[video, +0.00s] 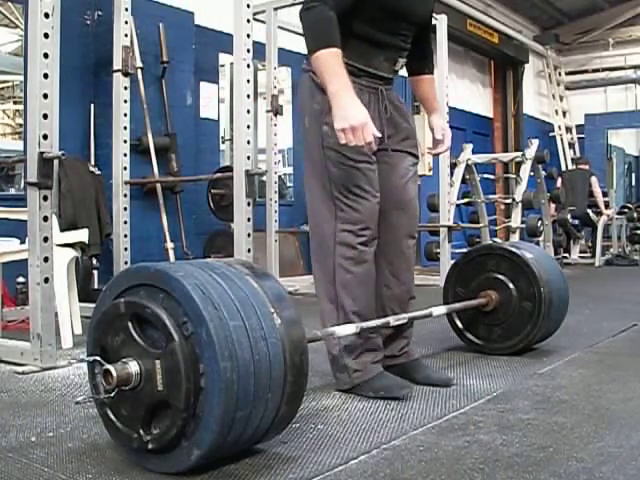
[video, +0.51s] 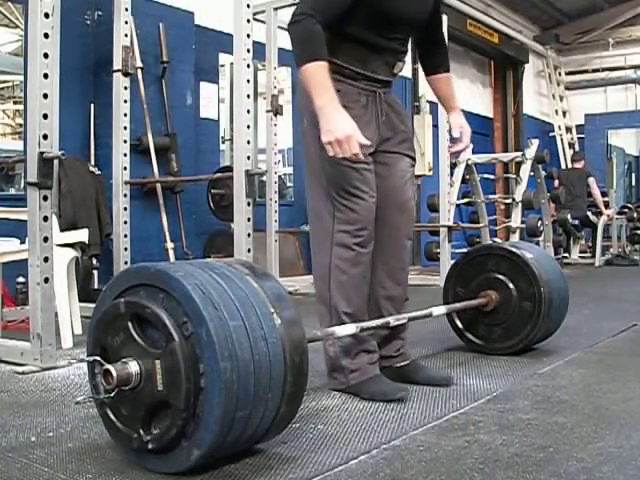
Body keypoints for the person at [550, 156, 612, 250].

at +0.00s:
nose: (588, 168)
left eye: (588, 166)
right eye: (588, 166)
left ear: (576, 165)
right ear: (587, 166)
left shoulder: (563, 174)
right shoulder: (590, 175)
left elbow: (558, 189)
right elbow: (597, 193)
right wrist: (603, 210)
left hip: (564, 210)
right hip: (580, 210)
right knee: (595, 226)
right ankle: (595, 251)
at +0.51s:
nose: (582, 163)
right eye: (582, 162)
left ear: (571, 162)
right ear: (583, 162)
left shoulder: (562, 173)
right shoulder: (586, 174)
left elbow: (555, 189)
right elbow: (595, 193)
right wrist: (603, 210)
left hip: (563, 213)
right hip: (580, 213)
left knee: (568, 233)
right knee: (596, 226)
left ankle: (567, 254)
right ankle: (596, 253)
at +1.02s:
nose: (581, 163)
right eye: (581, 161)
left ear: (567, 162)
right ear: (579, 161)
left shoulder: (560, 174)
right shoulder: (583, 174)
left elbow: (554, 193)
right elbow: (593, 193)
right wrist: (603, 210)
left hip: (561, 213)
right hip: (578, 212)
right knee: (596, 222)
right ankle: (591, 247)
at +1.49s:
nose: (582, 165)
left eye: (581, 162)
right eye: (582, 162)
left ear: (571, 163)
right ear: (582, 163)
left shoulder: (561, 174)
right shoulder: (585, 174)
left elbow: (555, 192)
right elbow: (594, 193)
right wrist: (604, 210)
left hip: (562, 212)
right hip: (579, 211)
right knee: (594, 228)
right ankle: (586, 244)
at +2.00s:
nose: (584, 167)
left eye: (583, 165)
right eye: (584, 165)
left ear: (572, 165)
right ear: (584, 165)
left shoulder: (563, 175)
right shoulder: (586, 175)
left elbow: (555, 190)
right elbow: (595, 193)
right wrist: (604, 210)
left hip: (562, 214)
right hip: (579, 213)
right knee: (593, 232)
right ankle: (583, 246)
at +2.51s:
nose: (580, 163)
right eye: (580, 161)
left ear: (569, 162)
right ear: (580, 162)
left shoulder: (561, 174)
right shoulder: (584, 174)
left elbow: (555, 190)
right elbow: (594, 192)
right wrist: (604, 210)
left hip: (563, 212)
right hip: (579, 212)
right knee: (593, 231)